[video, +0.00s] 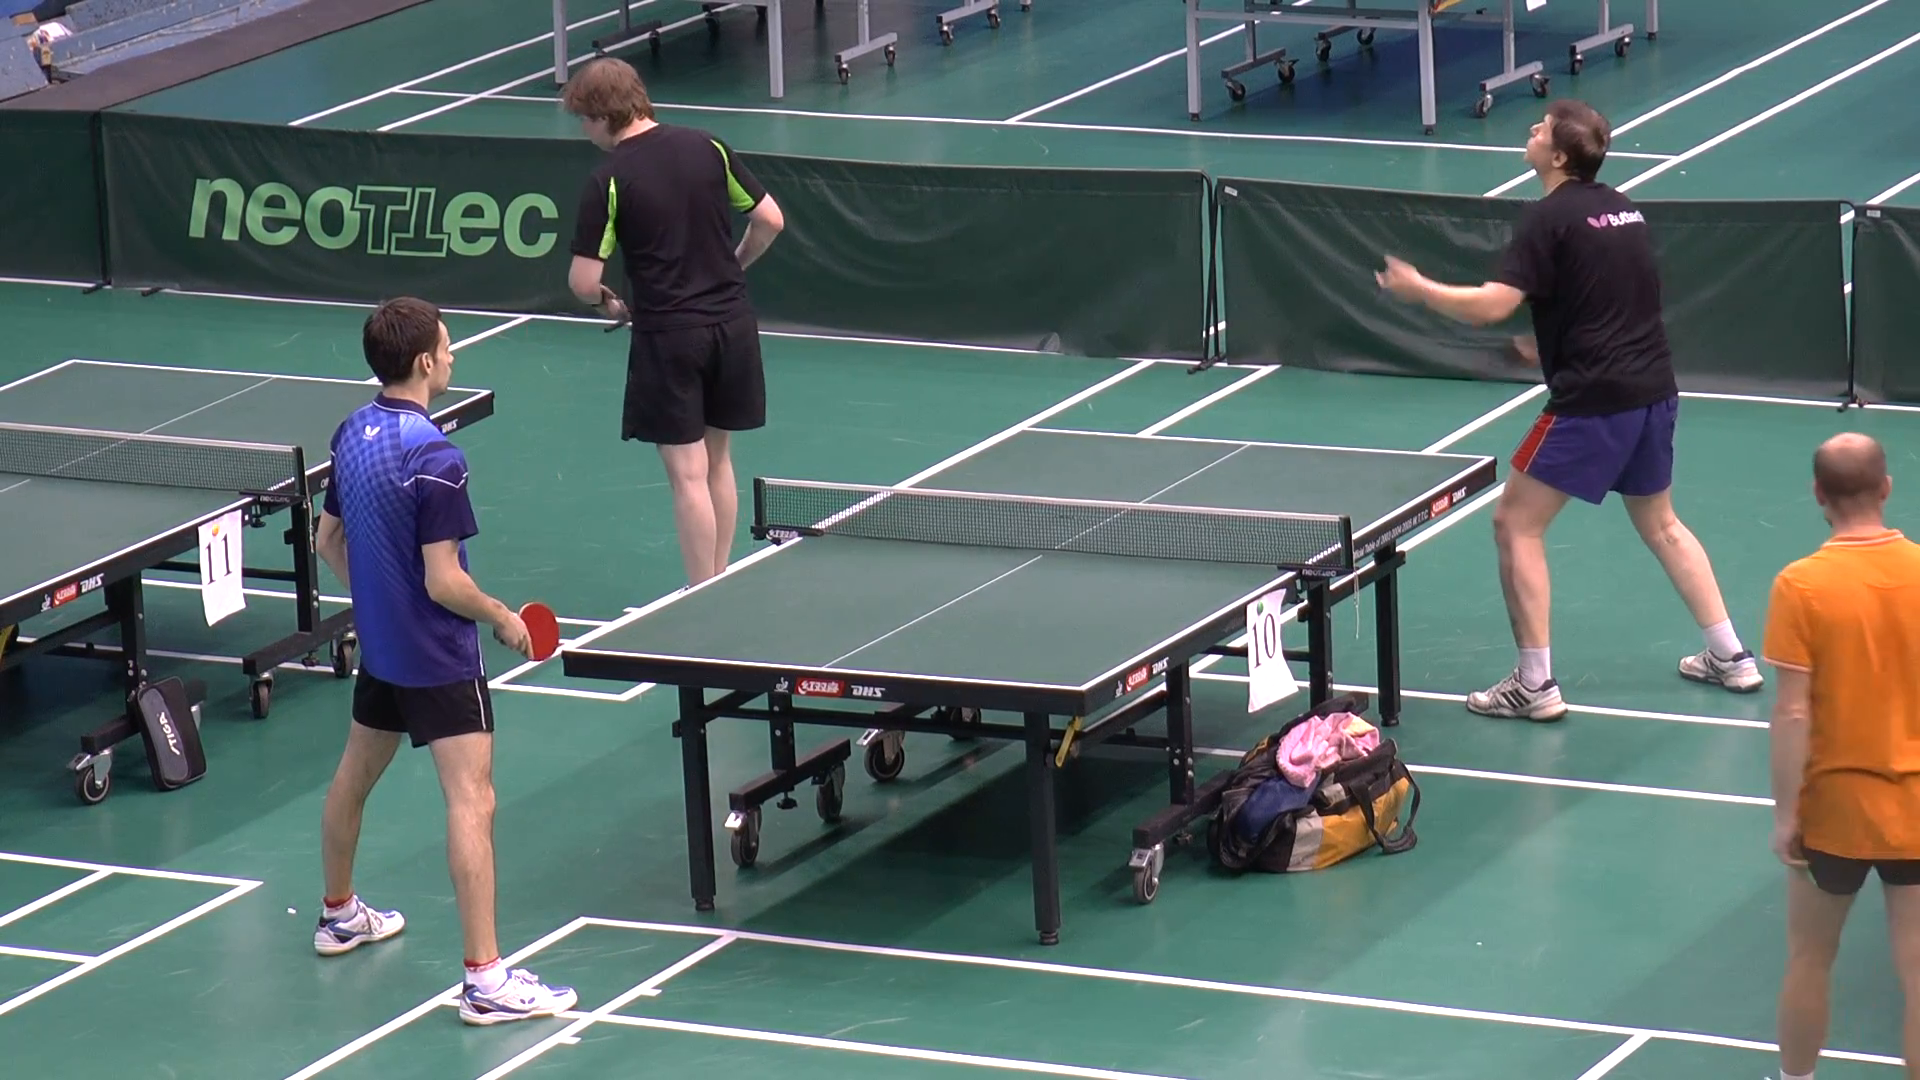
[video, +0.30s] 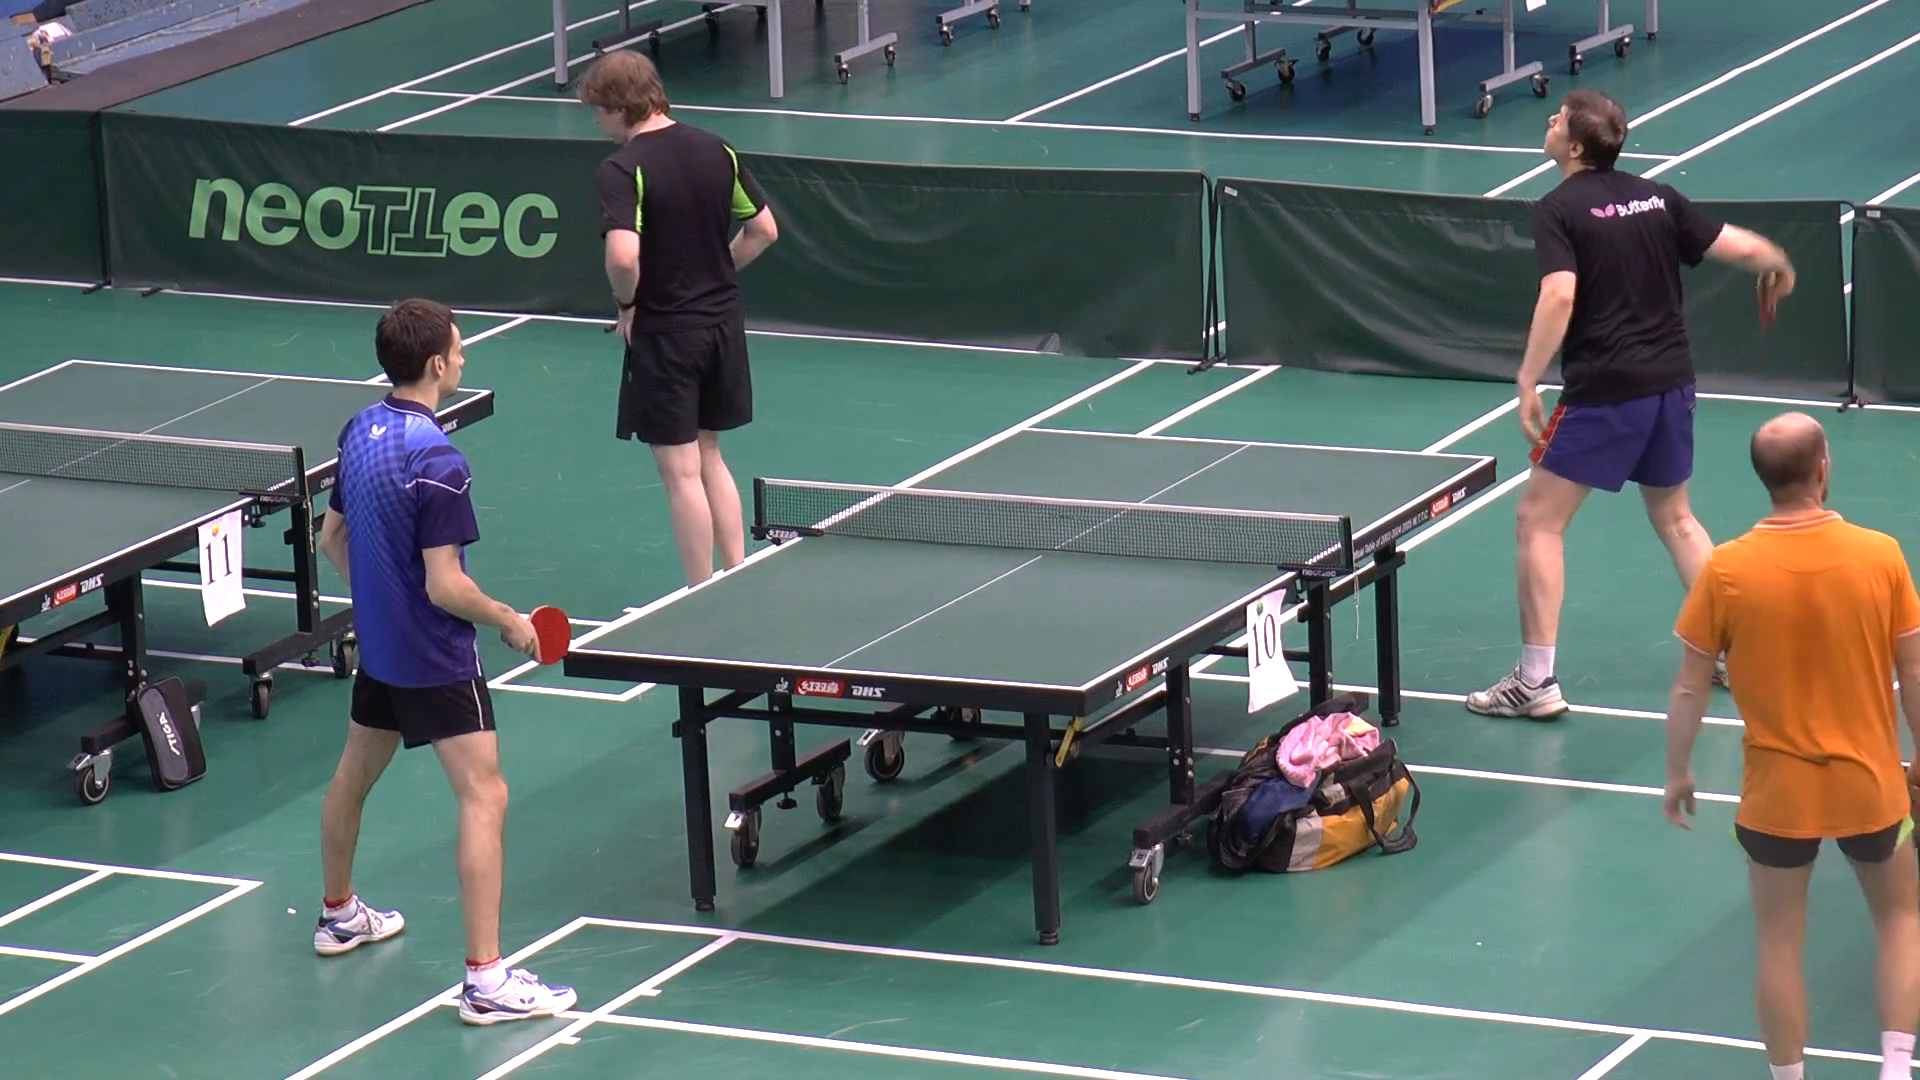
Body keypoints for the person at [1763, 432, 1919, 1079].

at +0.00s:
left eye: (1815, 486)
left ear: (1818, 495)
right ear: (1887, 489)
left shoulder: (1803, 583)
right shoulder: (1915, 567)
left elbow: (1792, 711)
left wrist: (1785, 811)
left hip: (1836, 802)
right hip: (1915, 802)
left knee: (1810, 961)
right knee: (1917, 973)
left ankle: (1795, 1075)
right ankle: (1912, 1072)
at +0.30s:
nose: (1828, 460)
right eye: (1826, 453)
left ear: (1758, 475)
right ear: (1823, 467)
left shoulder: (1727, 567)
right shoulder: (1881, 555)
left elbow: (1691, 685)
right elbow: (1911, 676)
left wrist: (1677, 773)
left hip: (1775, 792)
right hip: (1873, 785)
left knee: (1779, 942)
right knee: (1898, 918)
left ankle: (1787, 1074)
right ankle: (1899, 1068)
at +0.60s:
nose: (1827, 453)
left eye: (1821, 442)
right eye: (1824, 446)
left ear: (1756, 466)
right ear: (1818, 461)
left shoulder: (1717, 550)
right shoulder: (1871, 549)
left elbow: (1676, 659)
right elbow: (1902, 672)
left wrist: (1675, 717)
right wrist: (1918, 761)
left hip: (1758, 780)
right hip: (1848, 779)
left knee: (1772, 929)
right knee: (1839, 924)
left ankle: (1784, 1070)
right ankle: (1818, 1065)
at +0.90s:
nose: (1861, 439)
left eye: (1855, 429)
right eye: (1859, 432)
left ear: (1788, 455)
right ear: (1851, 453)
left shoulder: (1741, 527)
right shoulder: (1885, 550)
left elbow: (1707, 648)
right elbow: (1903, 683)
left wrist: (1729, 729)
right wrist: (1915, 763)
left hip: (1751, 757)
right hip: (1840, 765)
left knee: (1739, 881)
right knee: (1828, 916)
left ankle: (1744, 1026)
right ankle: (1819, 1066)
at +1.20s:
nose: (1857, 426)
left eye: (1853, 417)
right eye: (1854, 419)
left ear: (1785, 443)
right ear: (1842, 442)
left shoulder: (1737, 511)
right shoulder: (1858, 538)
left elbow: (1703, 624)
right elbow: (1882, 673)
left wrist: (1735, 690)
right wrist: (1916, 727)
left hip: (1744, 738)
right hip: (1816, 750)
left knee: (1753, 860)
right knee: (1823, 907)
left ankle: (1707, 1008)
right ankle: (1818, 1066)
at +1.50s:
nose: (1839, 428)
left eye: (1837, 416)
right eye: (1836, 418)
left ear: (1770, 433)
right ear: (1818, 434)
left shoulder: (1731, 499)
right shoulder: (1790, 521)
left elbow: (1721, 627)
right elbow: (1800, 647)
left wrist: (1776, 706)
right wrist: (1877, 691)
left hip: (1702, 721)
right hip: (1746, 734)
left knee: (1716, 872)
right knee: (1780, 890)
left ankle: (1714, 1020)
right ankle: (1797, 1054)